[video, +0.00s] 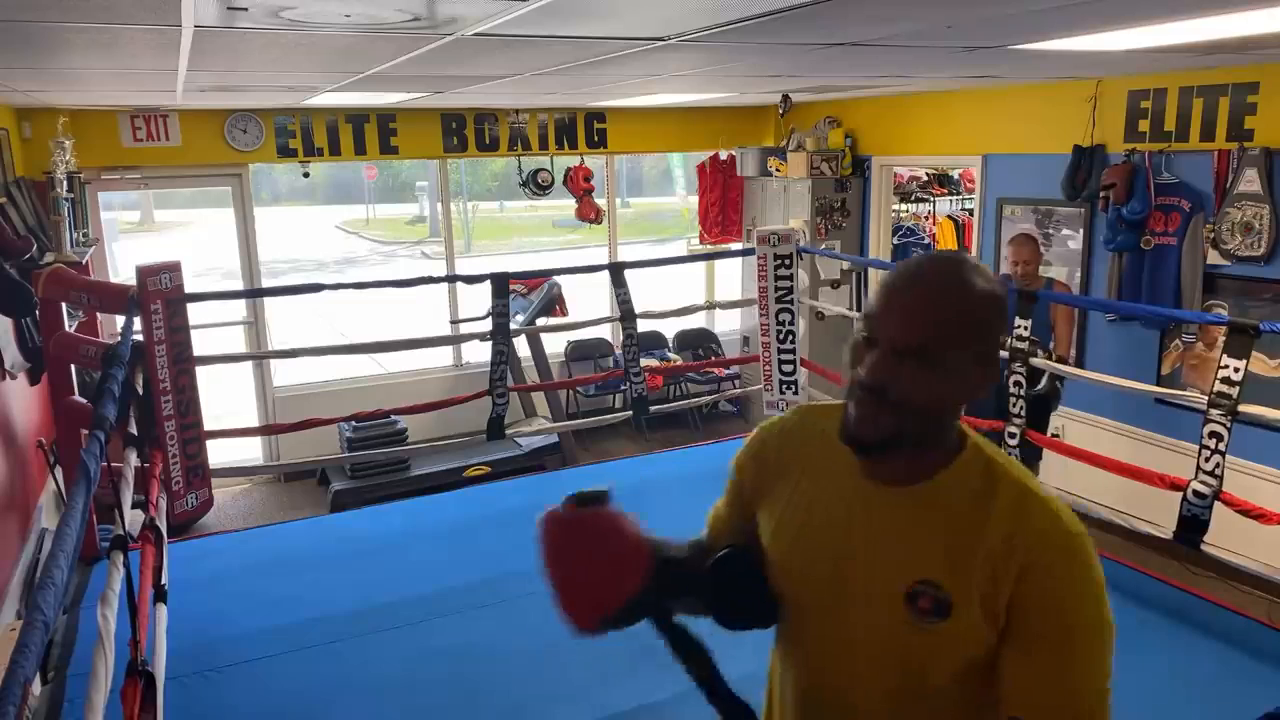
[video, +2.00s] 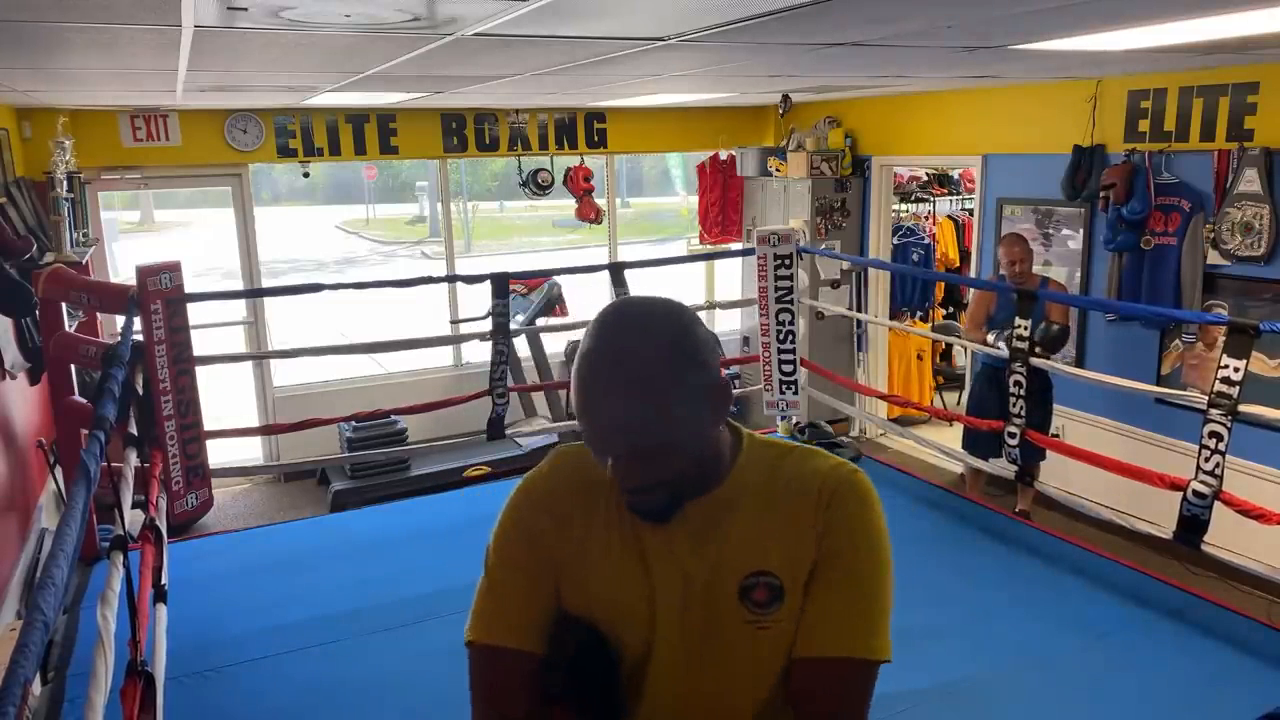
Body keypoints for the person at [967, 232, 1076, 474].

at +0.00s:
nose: (1020, 270)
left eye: (1027, 264)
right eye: (1014, 263)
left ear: (1039, 261)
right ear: (1007, 261)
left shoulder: (1057, 292)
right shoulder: (996, 287)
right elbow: (980, 332)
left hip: (1035, 380)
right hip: (994, 376)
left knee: (1025, 455)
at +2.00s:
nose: (1015, 269)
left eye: (1020, 262)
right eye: (1008, 263)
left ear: (1032, 258)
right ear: (1000, 263)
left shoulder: (1053, 290)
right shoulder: (990, 288)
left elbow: (1058, 332)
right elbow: (970, 330)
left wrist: (1041, 347)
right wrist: (995, 338)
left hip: (1034, 379)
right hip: (991, 376)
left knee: (1031, 448)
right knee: (979, 443)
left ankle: (1022, 511)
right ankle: (972, 504)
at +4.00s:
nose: (998, 274)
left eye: (1002, 267)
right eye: (991, 270)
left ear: (1013, 260)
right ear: (982, 267)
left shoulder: (1037, 286)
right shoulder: (974, 290)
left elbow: (1054, 331)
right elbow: (961, 335)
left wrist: (1013, 329)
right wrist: (984, 346)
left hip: (1025, 379)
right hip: (984, 377)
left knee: (1026, 448)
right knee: (974, 445)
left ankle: (1022, 513)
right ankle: (971, 506)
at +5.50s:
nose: (1014, 272)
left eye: (1020, 265)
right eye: (1008, 266)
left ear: (1027, 262)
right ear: (995, 262)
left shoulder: (1043, 287)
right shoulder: (978, 289)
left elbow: (1056, 333)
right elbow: (952, 330)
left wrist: (1016, 329)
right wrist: (985, 331)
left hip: (1025, 381)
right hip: (984, 378)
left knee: (1026, 449)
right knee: (974, 446)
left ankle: (1022, 514)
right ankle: (969, 507)